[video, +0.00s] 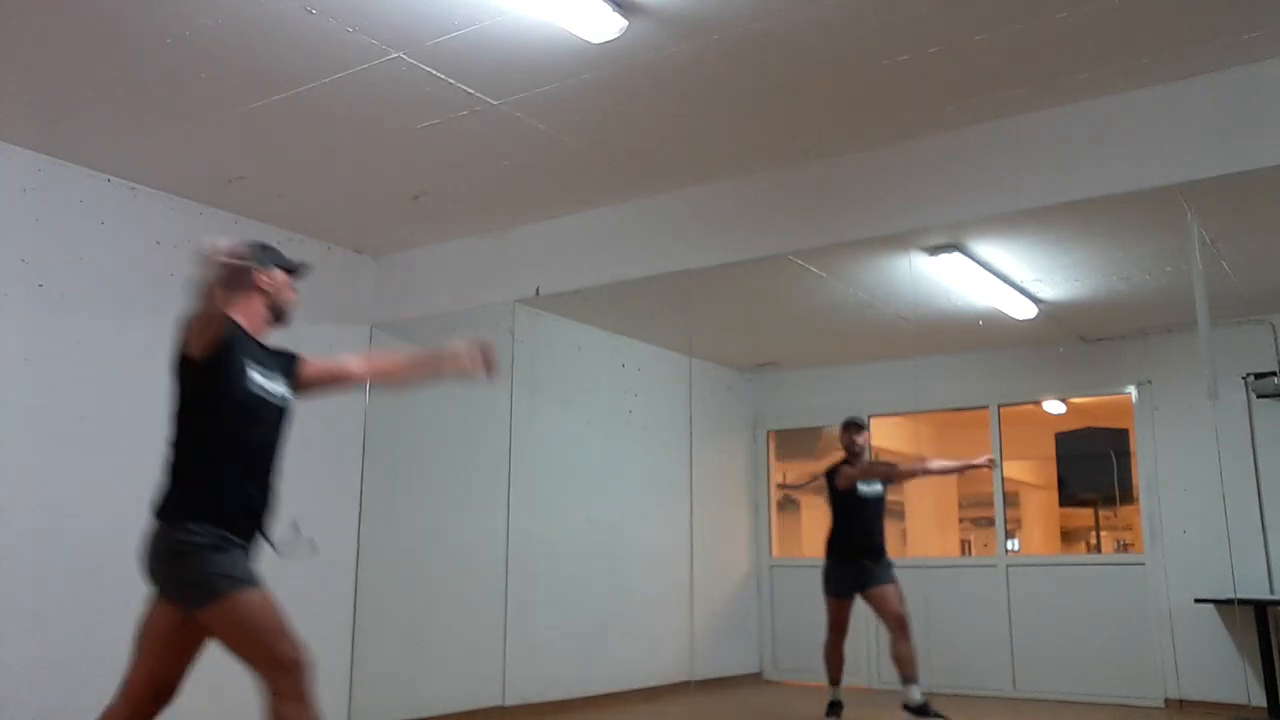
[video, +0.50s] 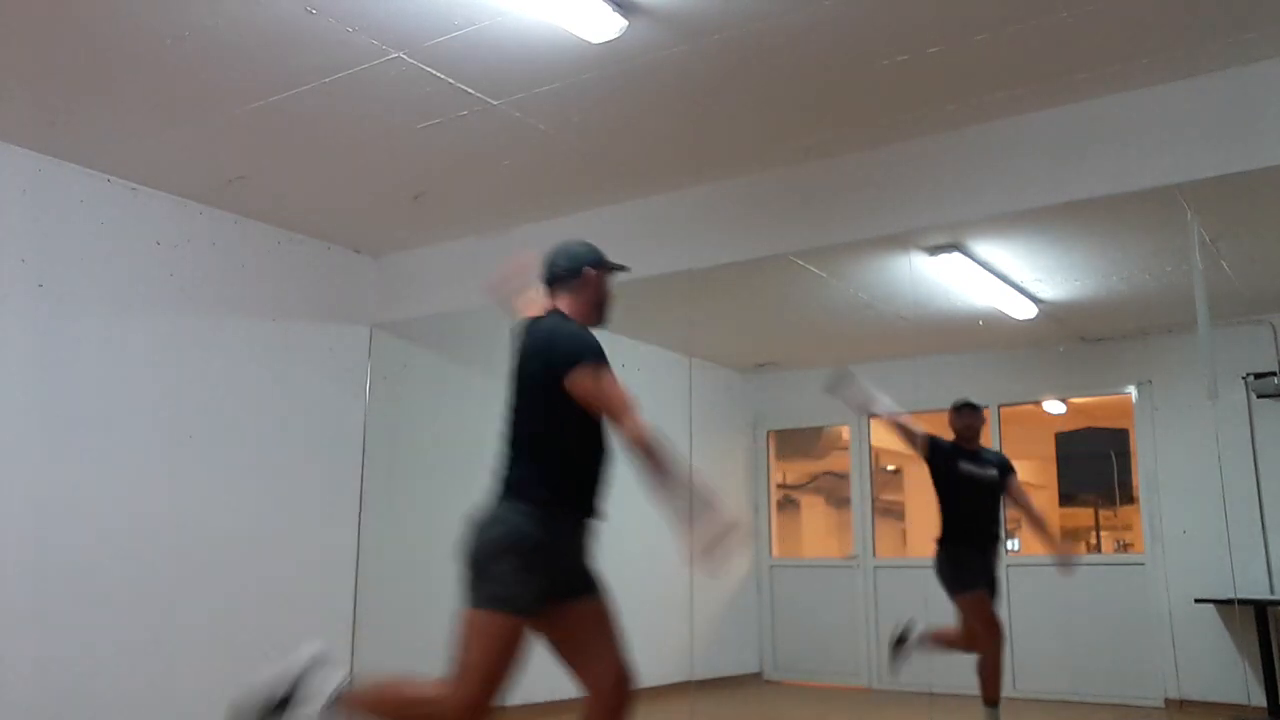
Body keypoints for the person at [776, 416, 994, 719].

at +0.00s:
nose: (854, 439)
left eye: (858, 433)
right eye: (848, 434)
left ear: (868, 438)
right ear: (841, 440)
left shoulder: (880, 471)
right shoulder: (837, 473)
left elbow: (923, 466)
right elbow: (865, 471)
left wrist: (969, 464)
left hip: (874, 561)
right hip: (841, 562)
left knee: (899, 621)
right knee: (836, 632)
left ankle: (913, 698)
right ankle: (835, 698)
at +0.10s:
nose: (875, 443)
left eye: (879, 436)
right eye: (869, 438)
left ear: (887, 438)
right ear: (862, 442)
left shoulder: (903, 472)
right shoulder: (855, 477)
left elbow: (955, 466)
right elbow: (877, 506)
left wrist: (1001, 454)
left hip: (896, 565)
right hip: (862, 566)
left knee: (922, 626)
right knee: (853, 636)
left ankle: (916, 710)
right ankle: (833, 695)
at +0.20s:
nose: (902, 441)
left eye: (906, 435)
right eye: (897, 435)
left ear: (914, 438)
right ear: (888, 439)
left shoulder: (930, 471)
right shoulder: (879, 478)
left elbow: (979, 455)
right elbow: (880, 532)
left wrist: (1023, 432)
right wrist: (878, 581)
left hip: (921, 569)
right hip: (887, 570)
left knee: (935, 636)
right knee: (885, 643)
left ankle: (917, 710)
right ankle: (848, 678)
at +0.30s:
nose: (930, 439)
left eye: (935, 432)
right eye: (925, 432)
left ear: (944, 434)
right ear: (917, 435)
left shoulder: (960, 467)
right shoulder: (901, 470)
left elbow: (1007, 449)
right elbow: (867, 510)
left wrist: (1045, 428)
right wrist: (834, 543)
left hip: (939, 559)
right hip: (902, 557)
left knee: (938, 633)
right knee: (930, 621)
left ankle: (920, 702)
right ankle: (903, 687)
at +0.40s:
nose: (952, 424)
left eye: (957, 418)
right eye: (946, 418)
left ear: (967, 421)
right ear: (938, 421)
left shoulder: (981, 456)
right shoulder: (922, 451)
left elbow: (1028, 462)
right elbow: (869, 461)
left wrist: (1067, 466)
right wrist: (819, 471)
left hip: (956, 552)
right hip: (925, 550)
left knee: (934, 630)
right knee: (960, 621)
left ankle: (911, 700)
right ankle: (973, 703)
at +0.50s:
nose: (968, 427)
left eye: (973, 421)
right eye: (961, 421)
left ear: (983, 423)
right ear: (951, 424)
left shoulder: (998, 463)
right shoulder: (939, 452)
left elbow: (1026, 506)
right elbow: (900, 425)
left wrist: (1056, 547)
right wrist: (866, 402)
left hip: (984, 557)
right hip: (953, 556)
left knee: (973, 639)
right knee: (991, 636)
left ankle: (912, 639)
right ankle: (992, 712)